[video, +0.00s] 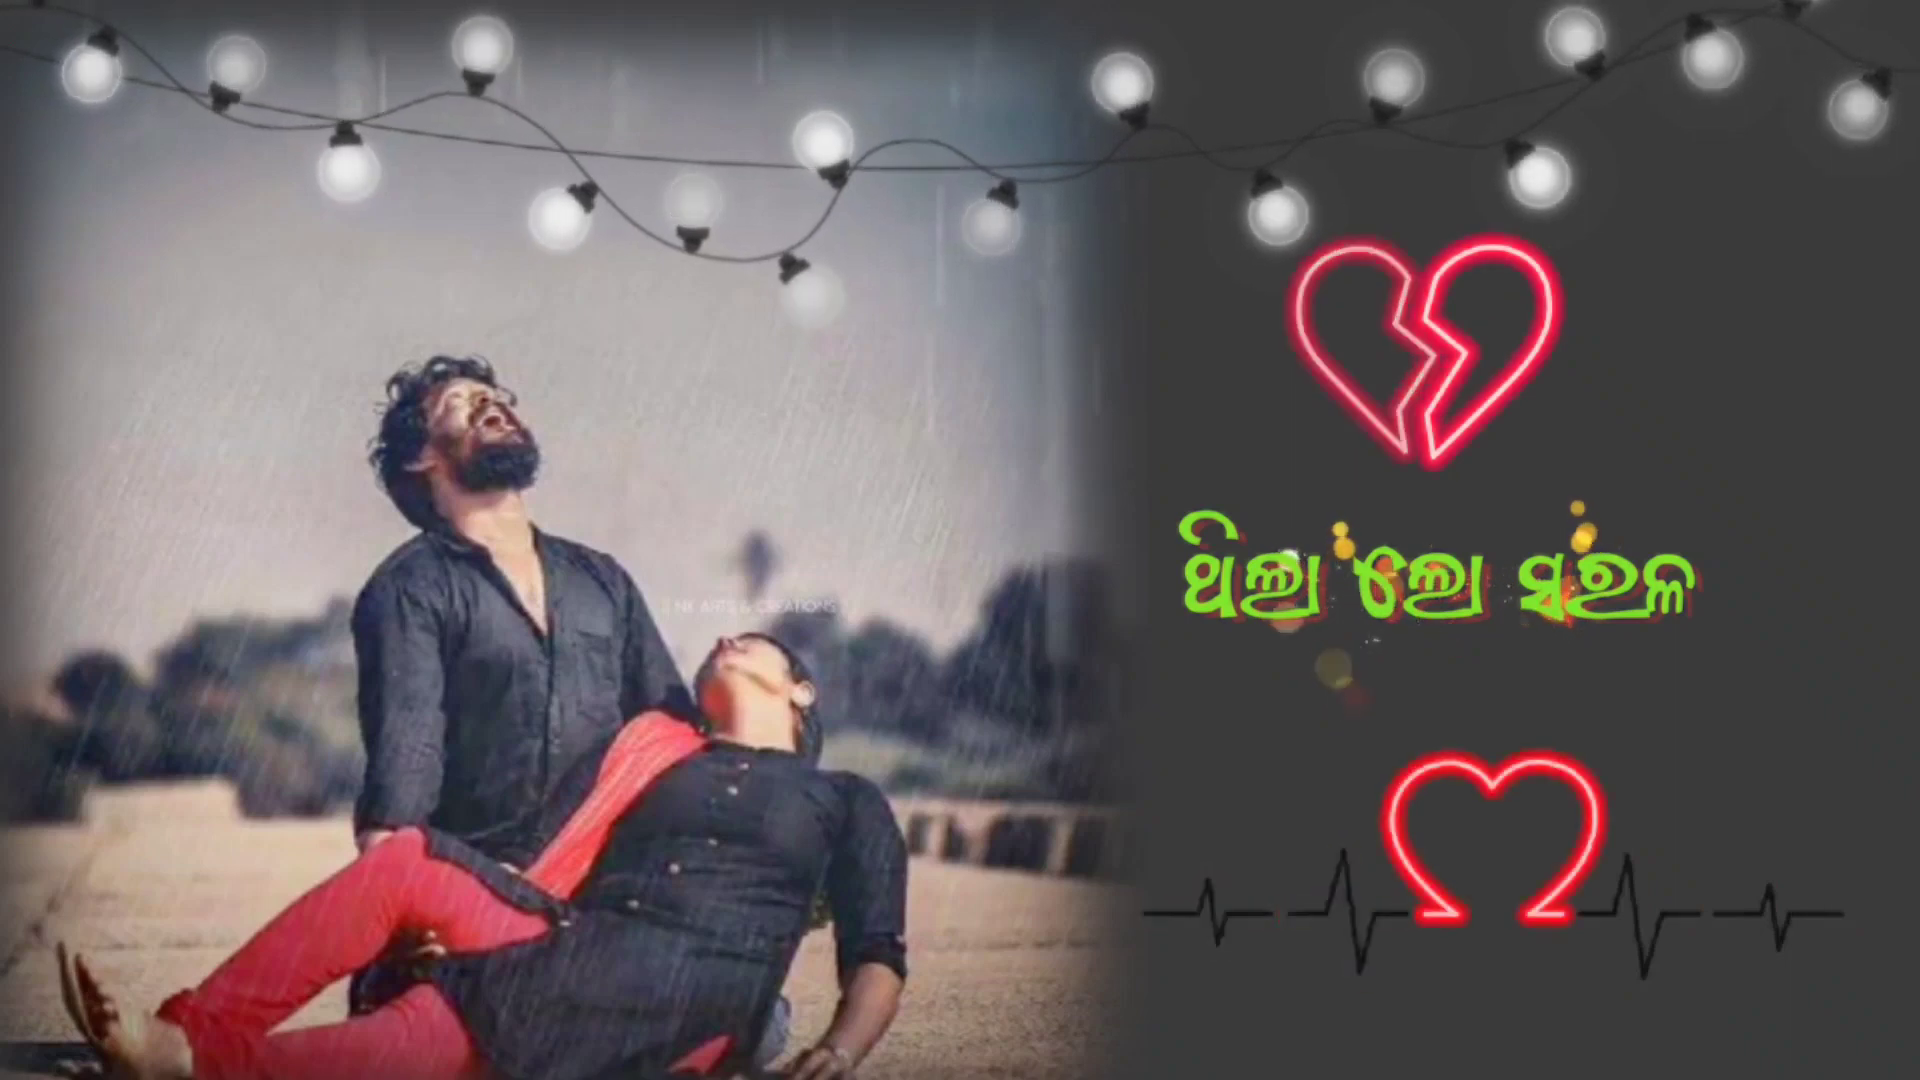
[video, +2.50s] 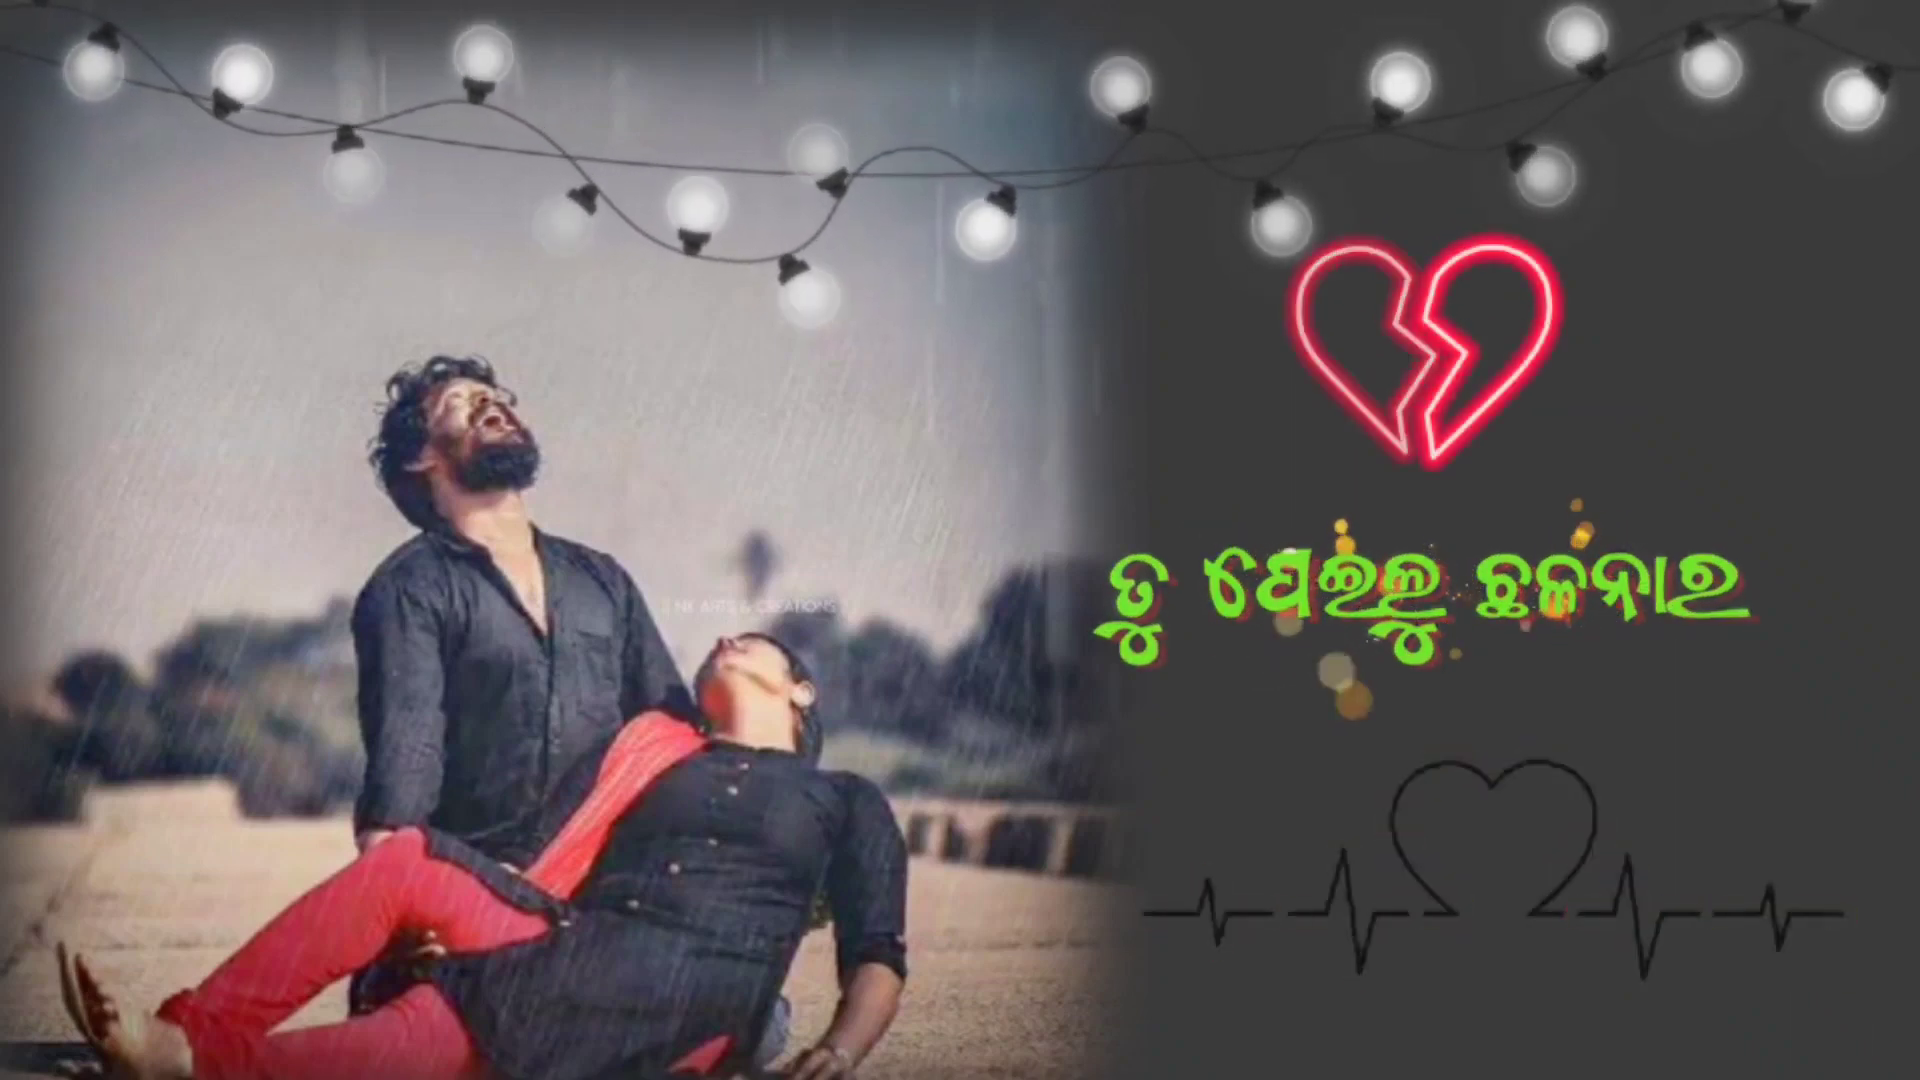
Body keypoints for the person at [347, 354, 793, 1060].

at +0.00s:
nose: (496, 408)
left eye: (502, 401)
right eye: (463, 406)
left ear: (525, 438)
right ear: (421, 462)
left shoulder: (602, 578)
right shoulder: (410, 587)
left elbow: (678, 728)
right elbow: (404, 753)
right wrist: (387, 904)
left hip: (617, 883)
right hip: (462, 890)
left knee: (760, 1022)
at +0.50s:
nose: (496, 408)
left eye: (502, 401)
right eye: (463, 406)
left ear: (525, 438)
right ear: (421, 462)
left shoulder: (602, 578)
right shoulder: (410, 587)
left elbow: (678, 729)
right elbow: (404, 754)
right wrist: (387, 904)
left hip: (617, 884)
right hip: (462, 891)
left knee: (760, 1022)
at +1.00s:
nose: (497, 408)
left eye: (502, 401)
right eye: (463, 406)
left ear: (525, 438)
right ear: (422, 462)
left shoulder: (602, 578)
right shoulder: (410, 588)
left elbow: (678, 728)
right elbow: (404, 753)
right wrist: (388, 901)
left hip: (617, 883)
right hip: (462, 890)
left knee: (761, 1021)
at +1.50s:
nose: (496, 408)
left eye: (501, 400)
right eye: (462, 406)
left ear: (525, 435)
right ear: (422, 463)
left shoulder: (602, 578)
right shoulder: (410, 587)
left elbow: (678, 728)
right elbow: (404, 754)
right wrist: (387, 902)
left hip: (616, 884)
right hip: (461, 891)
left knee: (760, 1021)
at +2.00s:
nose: (497, 408)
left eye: (502, 401)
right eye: (463, 406)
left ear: (525, 438)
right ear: (422, 462)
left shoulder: (602, 579)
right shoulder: (410, 588)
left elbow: (678, 728)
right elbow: (404, 752)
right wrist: (388, 902)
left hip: (617, 882)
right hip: (462, 890)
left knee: (761, 1022)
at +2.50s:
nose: (496, 408)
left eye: (502, 401)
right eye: (463, 406)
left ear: (525, 438)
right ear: (421, 462)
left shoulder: (602, 578)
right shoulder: (410, 587)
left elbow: (678, 728)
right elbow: (404, 753)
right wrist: (387, 904)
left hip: (617, 883)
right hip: (462, 890)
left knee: (760, 1022)